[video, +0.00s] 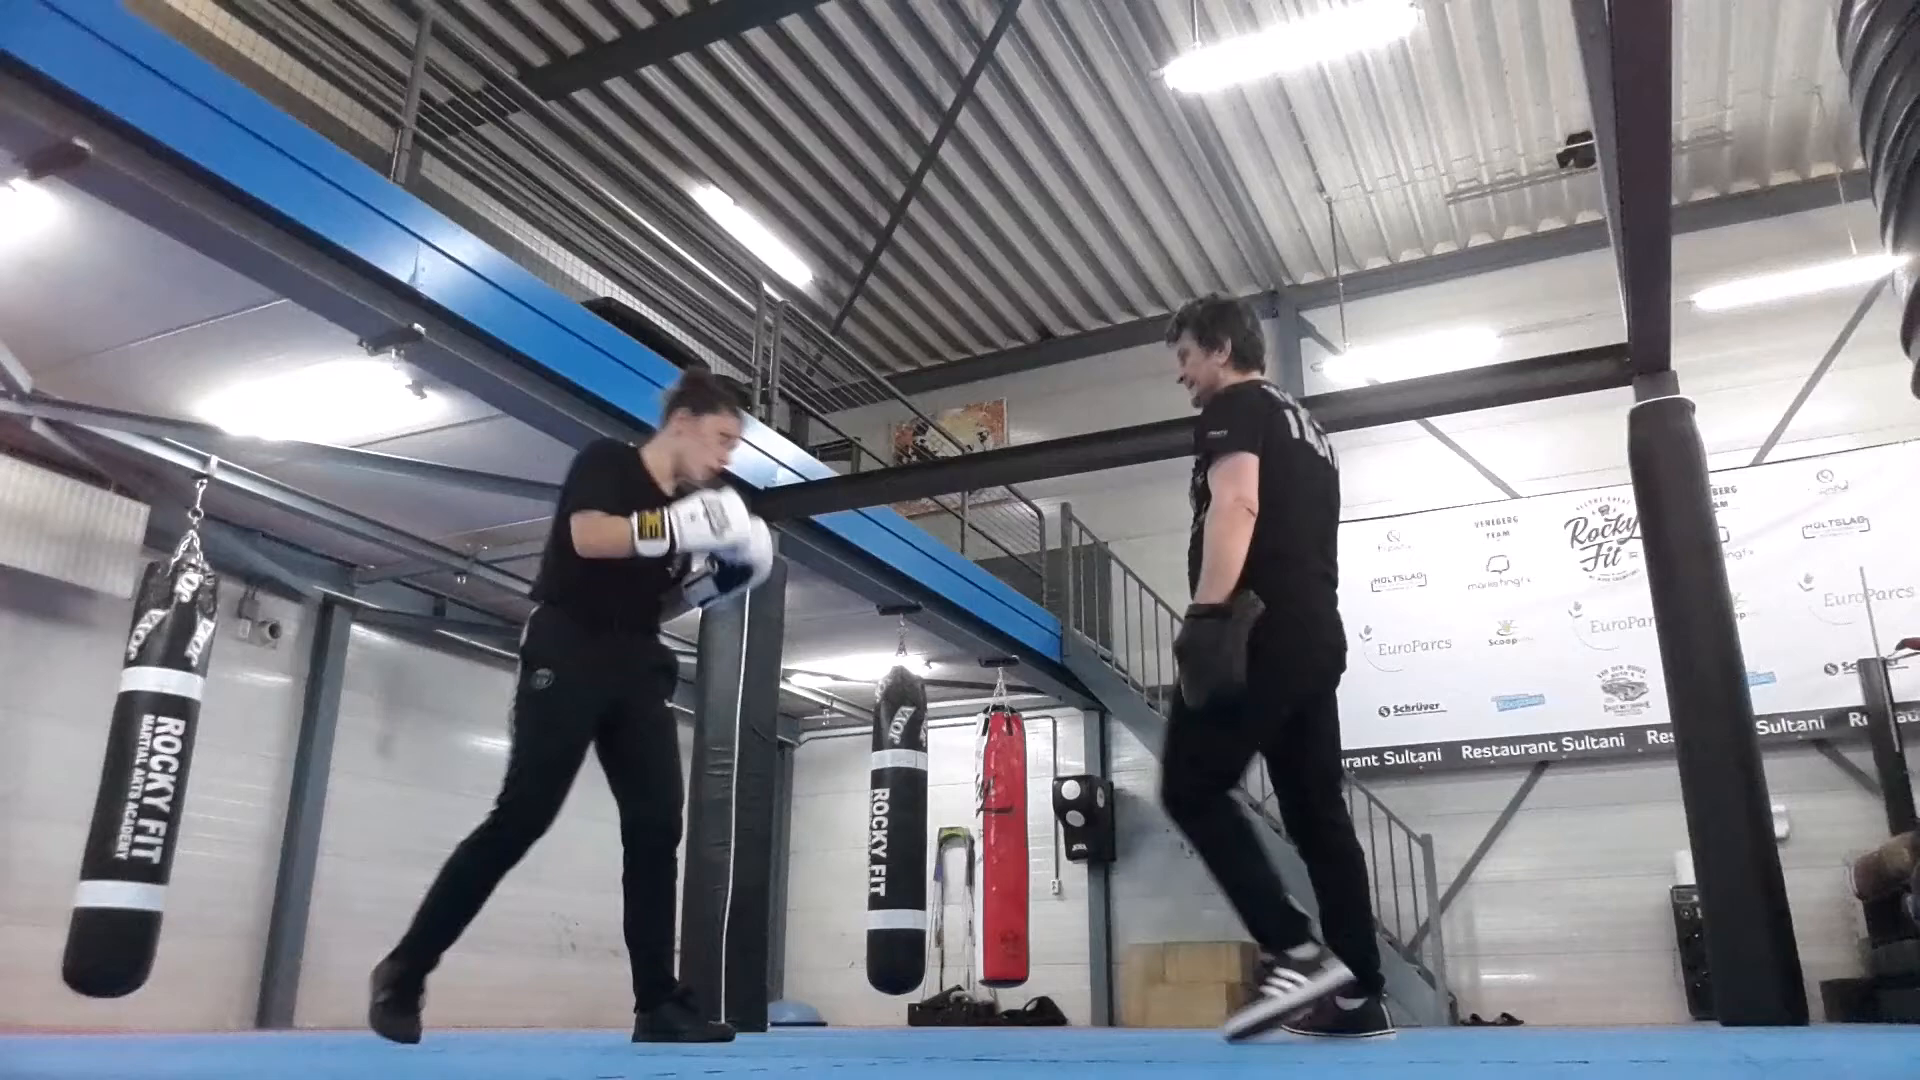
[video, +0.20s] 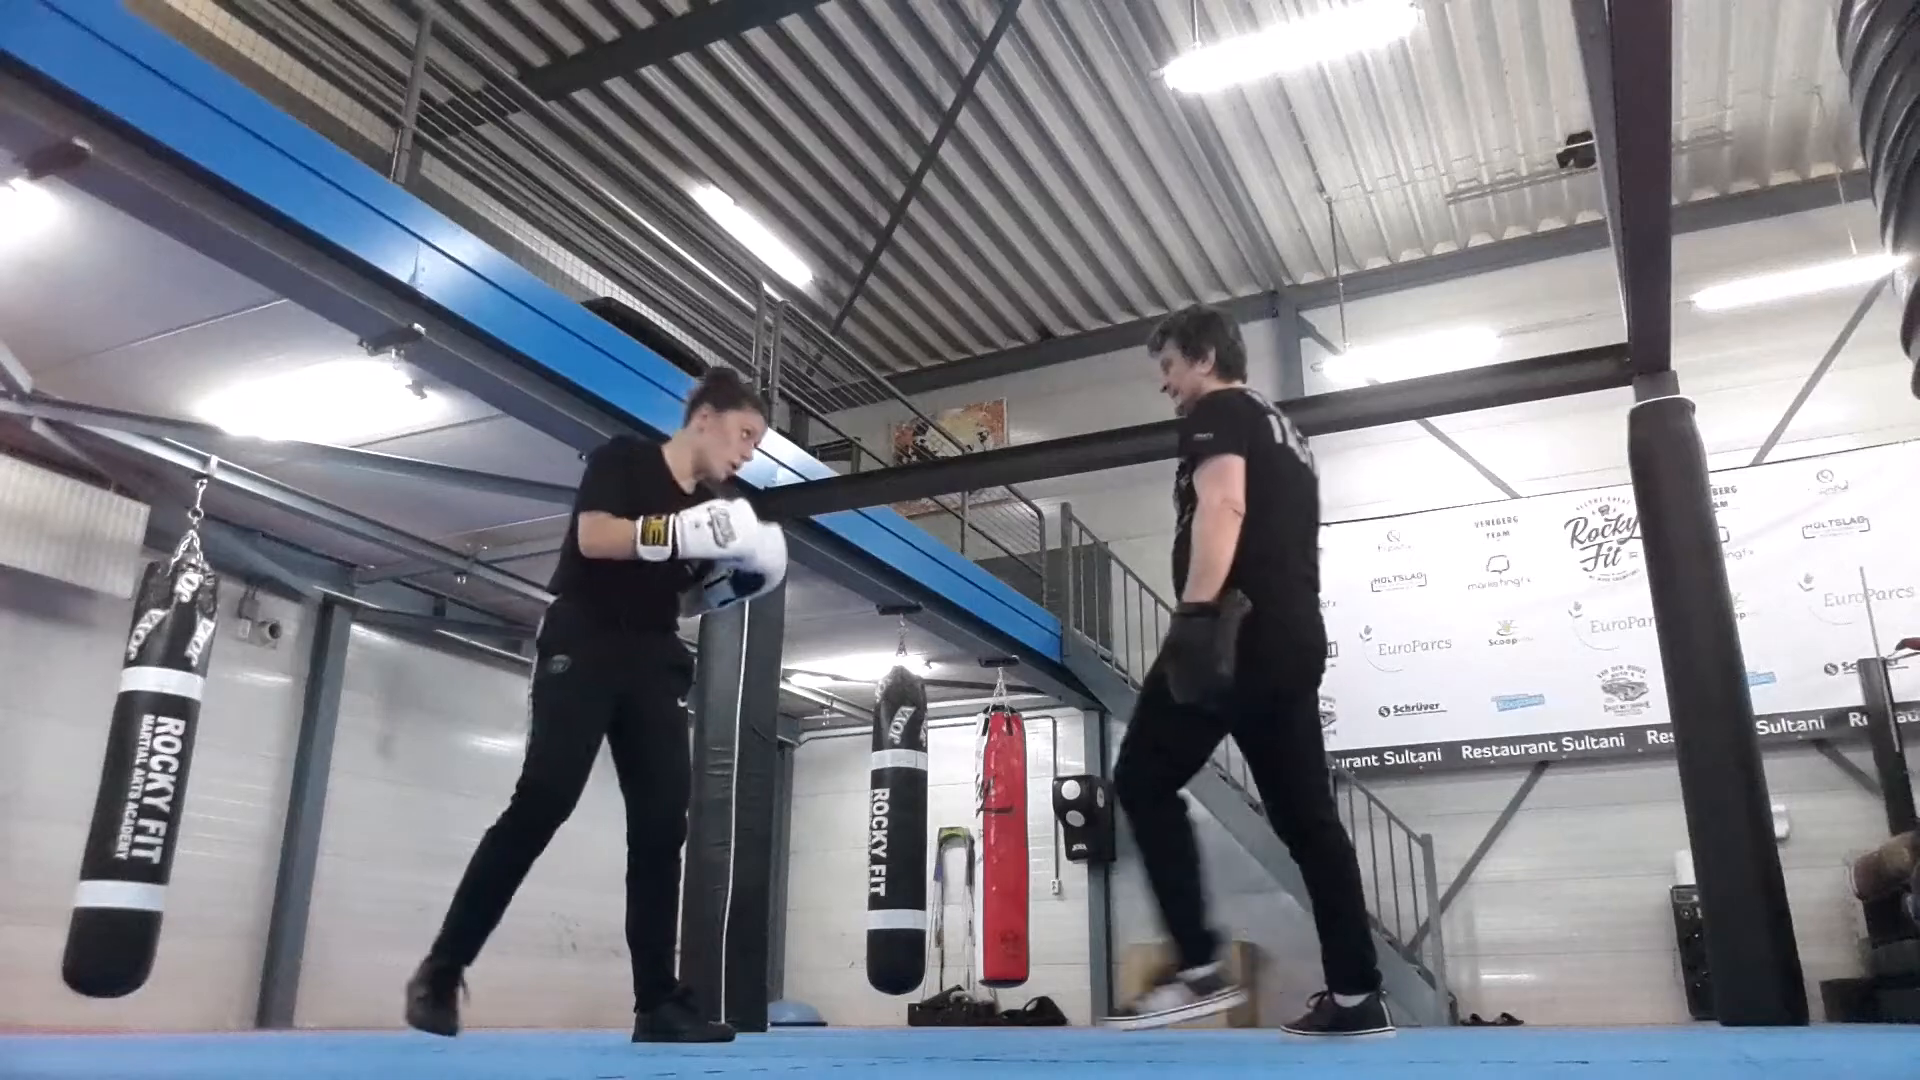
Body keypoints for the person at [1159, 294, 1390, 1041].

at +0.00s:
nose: (1180, 373)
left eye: (1186, 357)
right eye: (1178, 359)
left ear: (1221, 349)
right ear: (1243, 355)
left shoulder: (1237, 405)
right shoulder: (1300, 422)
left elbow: (1237, 505)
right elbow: (1311, 539)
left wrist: (1203, 617)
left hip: (1258, 631)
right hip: (1312, 633)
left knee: (1191, 791)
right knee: (1318, 815)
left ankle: (1294, 953)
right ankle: (1359, 998)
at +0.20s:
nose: (1162, 382)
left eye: (1168, 366)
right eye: (1160, 369)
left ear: (1202, 359)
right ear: (1223, 364)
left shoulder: (1217, 410)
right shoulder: (1281, 430)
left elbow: (1223, 503)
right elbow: (1293, 545)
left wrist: (1193, 615)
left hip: (1231, 633)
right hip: (1290, 636)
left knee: (1143, 782)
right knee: (1310, 819)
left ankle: (1197, 963)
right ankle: (1355, 994)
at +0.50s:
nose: (1088, 416)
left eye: (1093, 400)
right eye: (1086, 403)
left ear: (1129, 392)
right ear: (1147, 397)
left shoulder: (1145, 446)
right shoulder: (1205, 458)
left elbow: (1127, 539)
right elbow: (1184, 574)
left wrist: (1050, 627)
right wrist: (1094, 630)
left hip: (1154, 676)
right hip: (1221, 674)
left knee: (1086, 833)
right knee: (1281, 832)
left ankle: (1021, 991)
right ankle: (1353, 990)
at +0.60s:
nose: (1051, 424)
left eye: (1055, 408)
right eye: (1047, 411)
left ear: (1091, 399)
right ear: (1110, 401)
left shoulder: (1105, 454)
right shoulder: (1169, 464)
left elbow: (1054, 549)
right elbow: (1140, 572)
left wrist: (972, 605)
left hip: (1117, 684)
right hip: (1185, 681)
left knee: (1049, 829)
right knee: (1237, 823)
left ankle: (1006, 997)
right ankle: (1343, 977)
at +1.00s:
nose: (963, 433)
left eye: (966, 417)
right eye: (958, 422)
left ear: (1003, 403)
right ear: (1020, 407)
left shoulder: (1016, 457)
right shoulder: (1070, 468)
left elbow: (936, 523)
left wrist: (837, 562)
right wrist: (948, 517)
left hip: (1027, 680)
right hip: (1086, 680)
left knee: (1000, 836)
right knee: (1091, 835)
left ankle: (1003, 998)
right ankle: (1116, 989)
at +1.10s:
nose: (955, 447)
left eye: (960, 431)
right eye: (950, 435)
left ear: (999, 422)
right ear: (1012, 428)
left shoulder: (1017, 472)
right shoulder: (1053, 483)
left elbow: (943, 537)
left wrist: (844, 576)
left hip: (1024, 686)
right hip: (1072, 687)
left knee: (973, 829)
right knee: (1056, 841)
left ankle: (999, 998)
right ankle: (1082, 998)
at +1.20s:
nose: (949, 475)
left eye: (954, 459)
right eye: (943, 463)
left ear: (993, 449)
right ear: (1004, 455)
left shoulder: (1018, 498)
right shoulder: (1046, 512)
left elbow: (959, 556)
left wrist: (859, 590)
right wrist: (896, 597)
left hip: (1019, 693)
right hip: (1058, 699)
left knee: (924, 812)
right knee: (1024, 854)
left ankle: (983, 976)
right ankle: (1077, 1000)